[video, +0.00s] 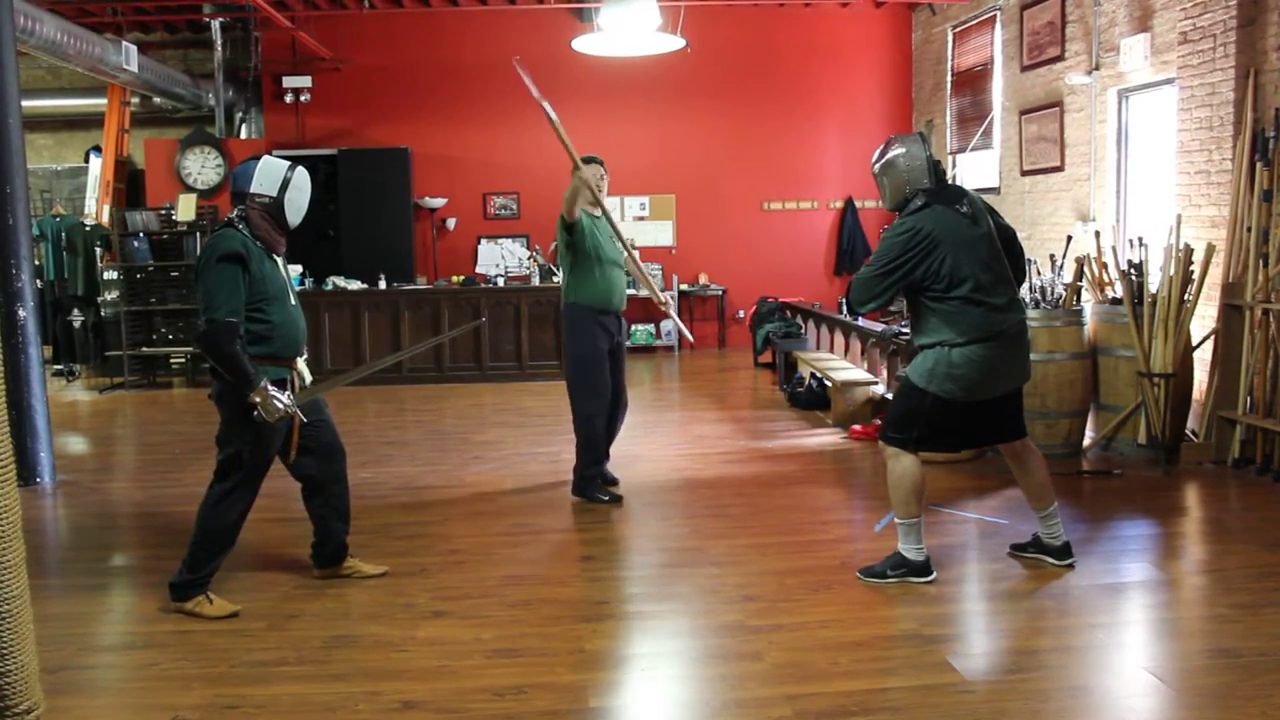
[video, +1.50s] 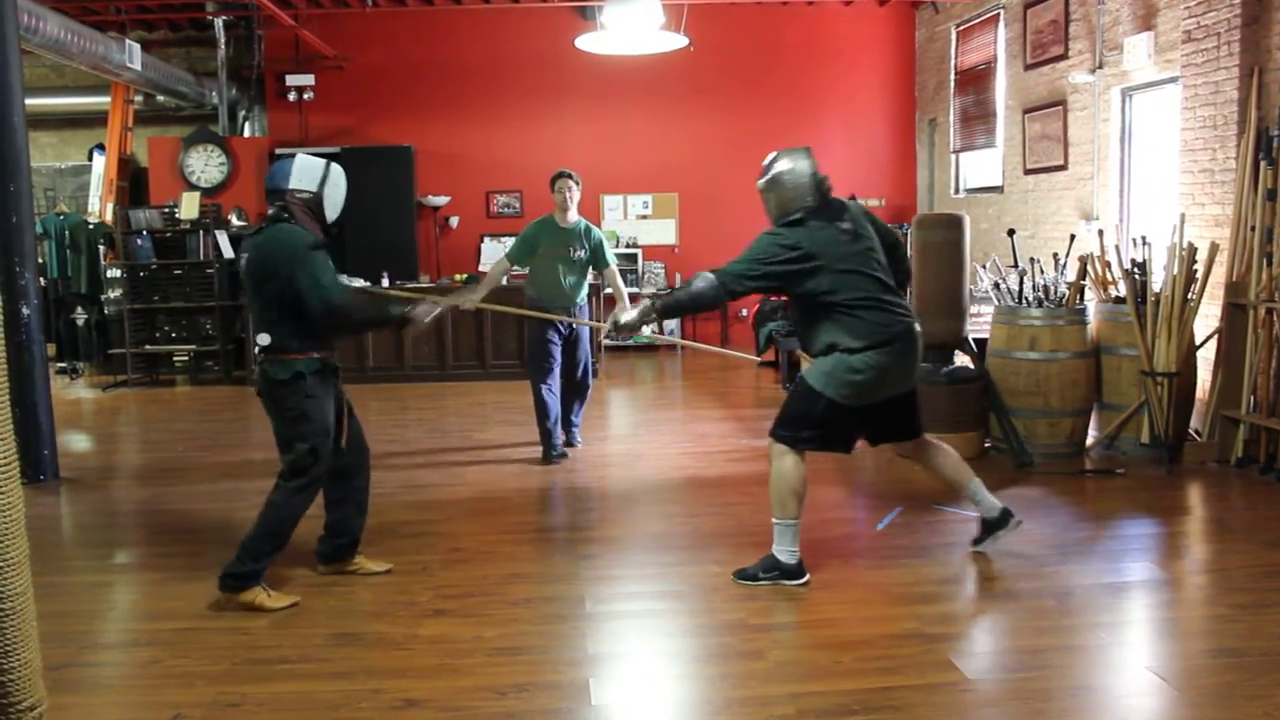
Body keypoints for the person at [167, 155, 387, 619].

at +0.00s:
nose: (296, 210)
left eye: (295, 201)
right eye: (292, 200)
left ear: (259, 195)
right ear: (270, 196)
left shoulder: (263, 244)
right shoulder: (230, 247)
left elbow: (271, 311)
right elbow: (218, 333)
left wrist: (293, 358)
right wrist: (255, 390)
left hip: (286, 377)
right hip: (252, 381)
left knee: (326, 460)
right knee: (235, 484)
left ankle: (332, 556)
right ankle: (189, 588)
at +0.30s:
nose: (296, 211)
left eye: (295, 202)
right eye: (292, 200)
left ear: (259, 195)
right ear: (270, 196)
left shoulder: (263, 244)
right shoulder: (231, 246)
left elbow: (270, 311)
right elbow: (218, 332)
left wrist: (293, 359)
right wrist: (256, 390)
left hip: (285, 378)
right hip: (252, 381)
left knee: (326, 460)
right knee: (236, 483)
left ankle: (332, 556)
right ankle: (190, 588)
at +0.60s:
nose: (300, 213)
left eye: (299, 204)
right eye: (296, 202)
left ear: (265, 197)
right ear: (274, 197)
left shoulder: (266, 244)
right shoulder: (236, 245)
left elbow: (274, 310)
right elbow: (223, 331)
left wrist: (296, 358)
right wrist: (258, 390)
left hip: (287, 378)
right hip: (255, 381)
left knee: (331, 457)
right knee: (238, 481)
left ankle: (333, 555)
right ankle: (190, 587)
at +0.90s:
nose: (321, 211)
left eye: (320, 202)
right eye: (316, 201)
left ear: (288, 199)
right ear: (292, 198)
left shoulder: (291, 245)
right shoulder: (257, 243)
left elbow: (296, 309)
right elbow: (243, 325)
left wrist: (316, 356)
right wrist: (276, 382)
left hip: (307, 376)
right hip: (275, 380)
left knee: (342, 460)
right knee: (254, 479)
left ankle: (336, 554)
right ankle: (197, 580)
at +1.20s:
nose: (336, 209)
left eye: (335, 201)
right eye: (331, 199)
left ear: (305, 197)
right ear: (310, 195)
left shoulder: (306, 242)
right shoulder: (276, 239)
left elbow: (313, 308)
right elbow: (266, 322)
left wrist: (333, 357)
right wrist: (301, 374)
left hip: (323, 366)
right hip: (293, 369)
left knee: (351, 457)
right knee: (295, 469)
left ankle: (337, 554)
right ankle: (246, 581)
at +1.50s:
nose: (333, 209)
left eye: (332, 200)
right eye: (329, 199)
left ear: (289, 196)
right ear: (308, 195)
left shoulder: (270, 240)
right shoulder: (294, 243)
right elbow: (332, 304)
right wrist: (398, 311)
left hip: (306, 371)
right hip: (295, 374)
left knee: (350, 456)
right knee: (307, 469)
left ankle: (338, 554)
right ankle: (241, 579)